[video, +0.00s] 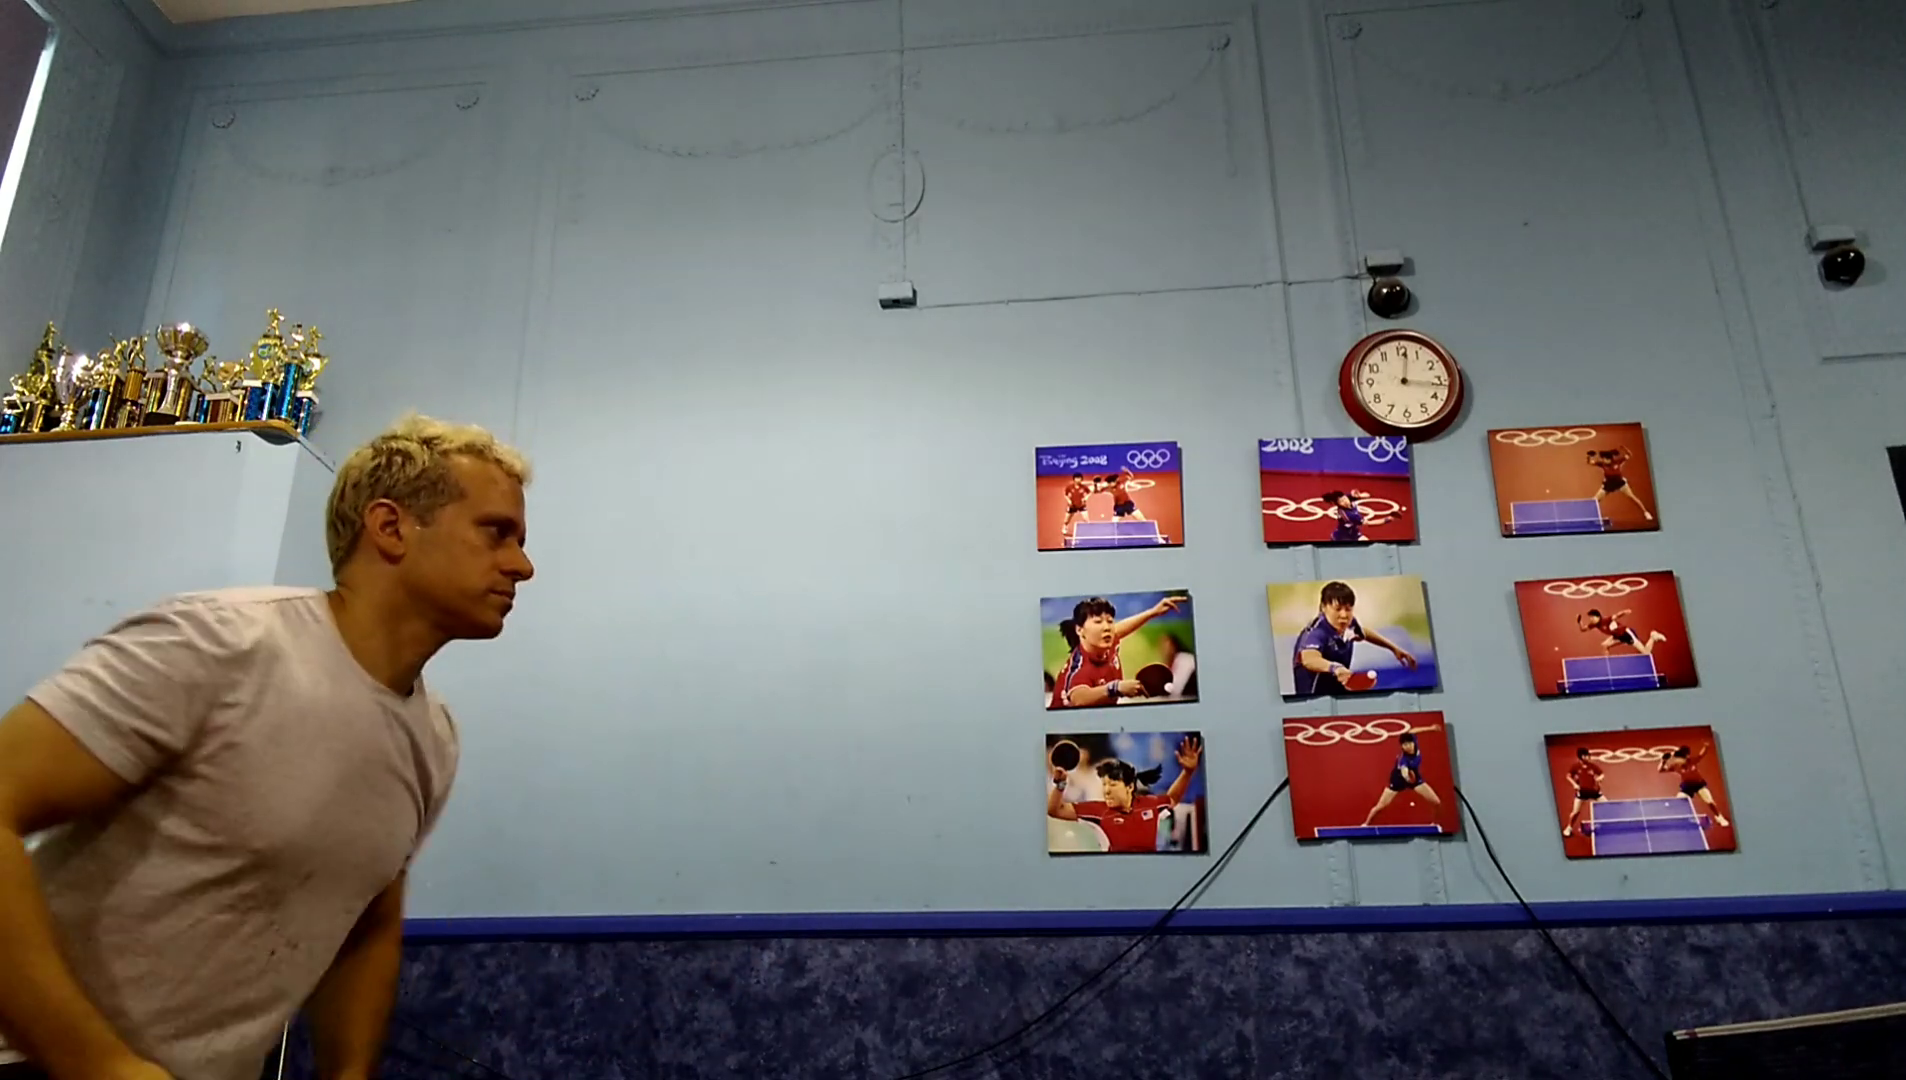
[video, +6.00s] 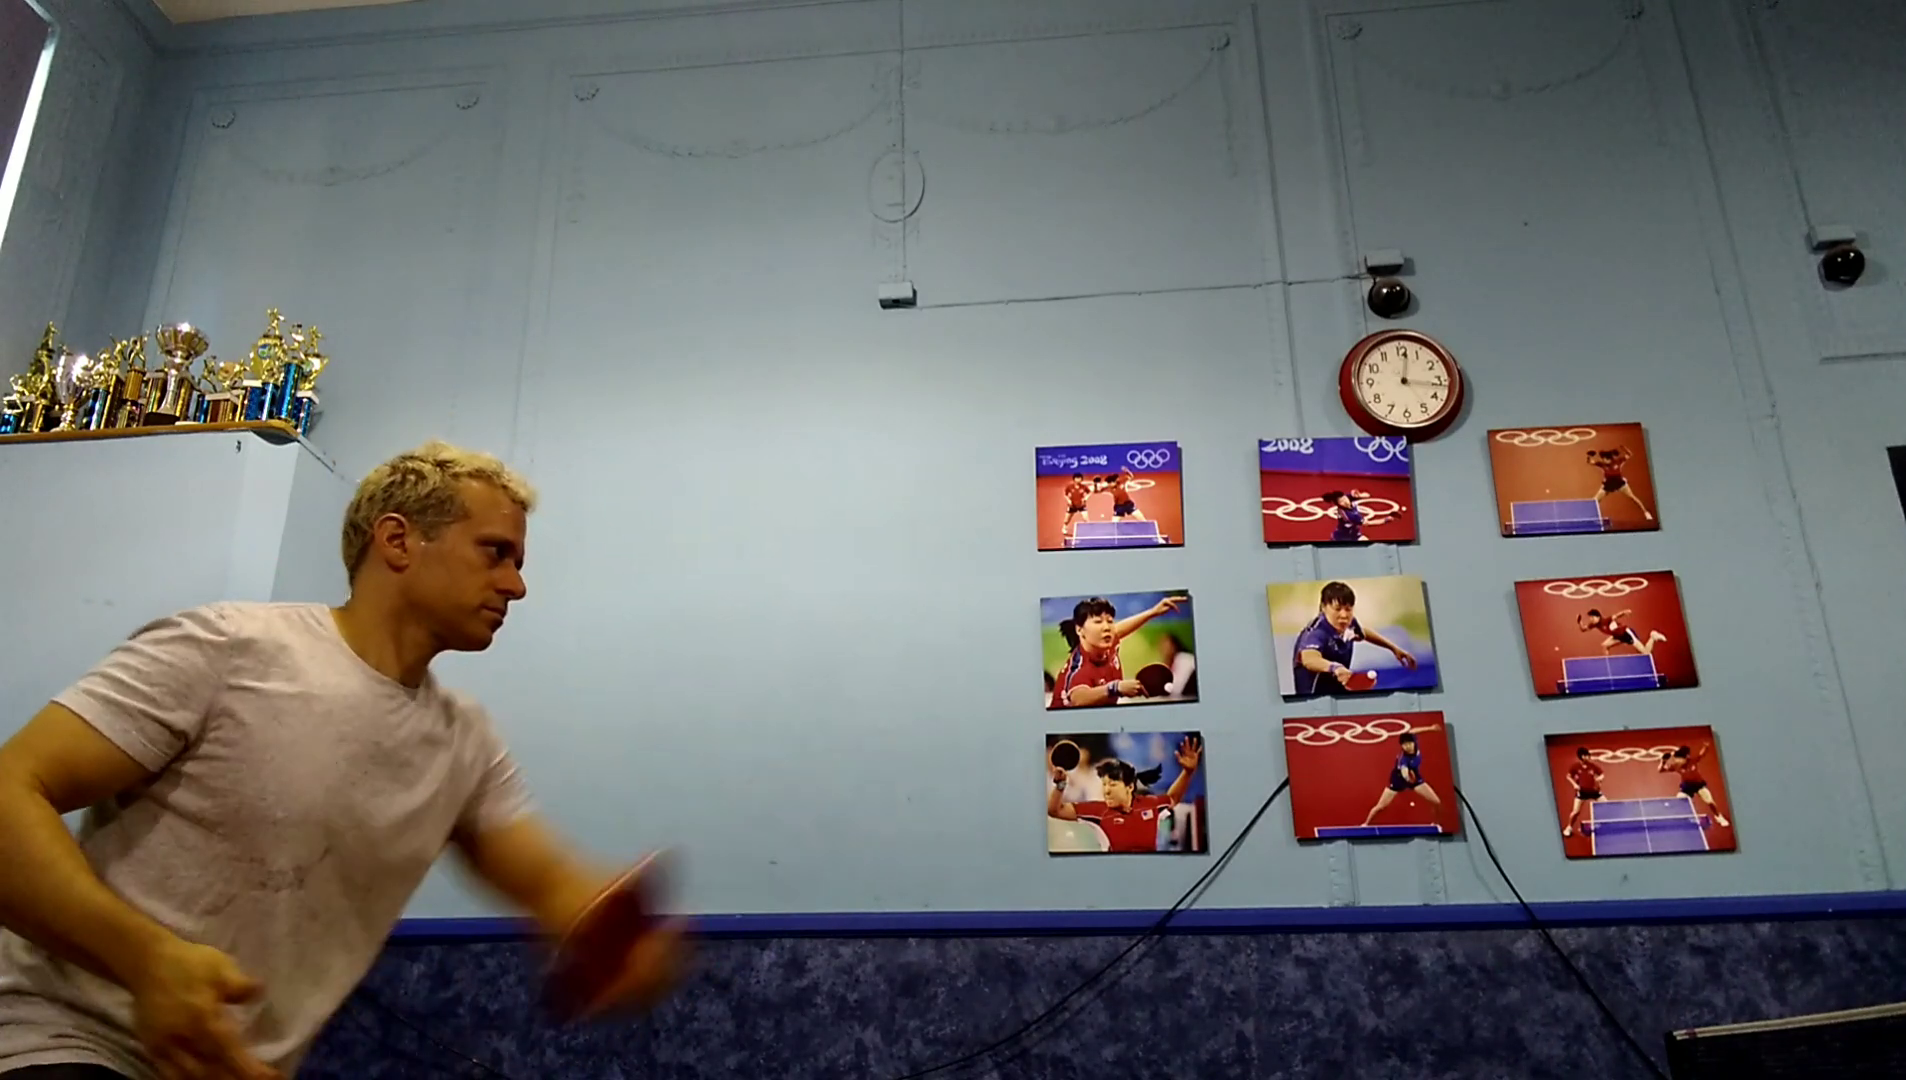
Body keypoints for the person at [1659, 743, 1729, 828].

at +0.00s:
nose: (1685, 759)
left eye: (1686, 757)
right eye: (1683, 757)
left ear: (1687, 756)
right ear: (1679, 757)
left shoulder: (1692, 760)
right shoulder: (1676, 766)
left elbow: (1701, 755)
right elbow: (1661, 770)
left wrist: (1705, 747)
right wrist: (1663, 760)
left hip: (1699, 784)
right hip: (1686, 786)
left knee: (1710, 802)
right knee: (1678, 803)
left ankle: (1719, 817)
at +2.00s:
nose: (1686, 758)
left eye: (1687, 756)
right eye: (1683, 757)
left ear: (1687, 755)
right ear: (1680, 756)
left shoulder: (1692, 760)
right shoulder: (1676, 765)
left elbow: (1701, 755)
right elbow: (1661, 770)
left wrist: (1705, 747)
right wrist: (1663, 760)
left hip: (1699, 784)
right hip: (1686, 786)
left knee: (1710, 802)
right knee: (1678, 803)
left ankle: (1719, 817)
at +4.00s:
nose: (1679, 762)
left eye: (1681, 760)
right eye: (1677, 760)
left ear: (1686, 757)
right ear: (1676, 759)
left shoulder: (1693, 761)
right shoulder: (1676, 766)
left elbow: (1701, 755)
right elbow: (1660, 771)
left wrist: (1705, 747)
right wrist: (1663, 761)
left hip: (1699, 784)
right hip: (1686, 785)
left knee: (1710, 802)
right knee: (1679, 802)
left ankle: (1718, 816)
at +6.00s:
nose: (1678, 762)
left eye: (1680, 760)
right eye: (1677, 760)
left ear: (1686, 757)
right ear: (1676, 759)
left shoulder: (1693, 761)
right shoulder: (1676, 766)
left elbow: (1701, 755)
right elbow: (1661, 771)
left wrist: (1705, 747)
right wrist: (1663, 761)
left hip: (1699, 784)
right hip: (1686, 786)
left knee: (1710, 802)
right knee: (1679, 802)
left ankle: (1718, 816)